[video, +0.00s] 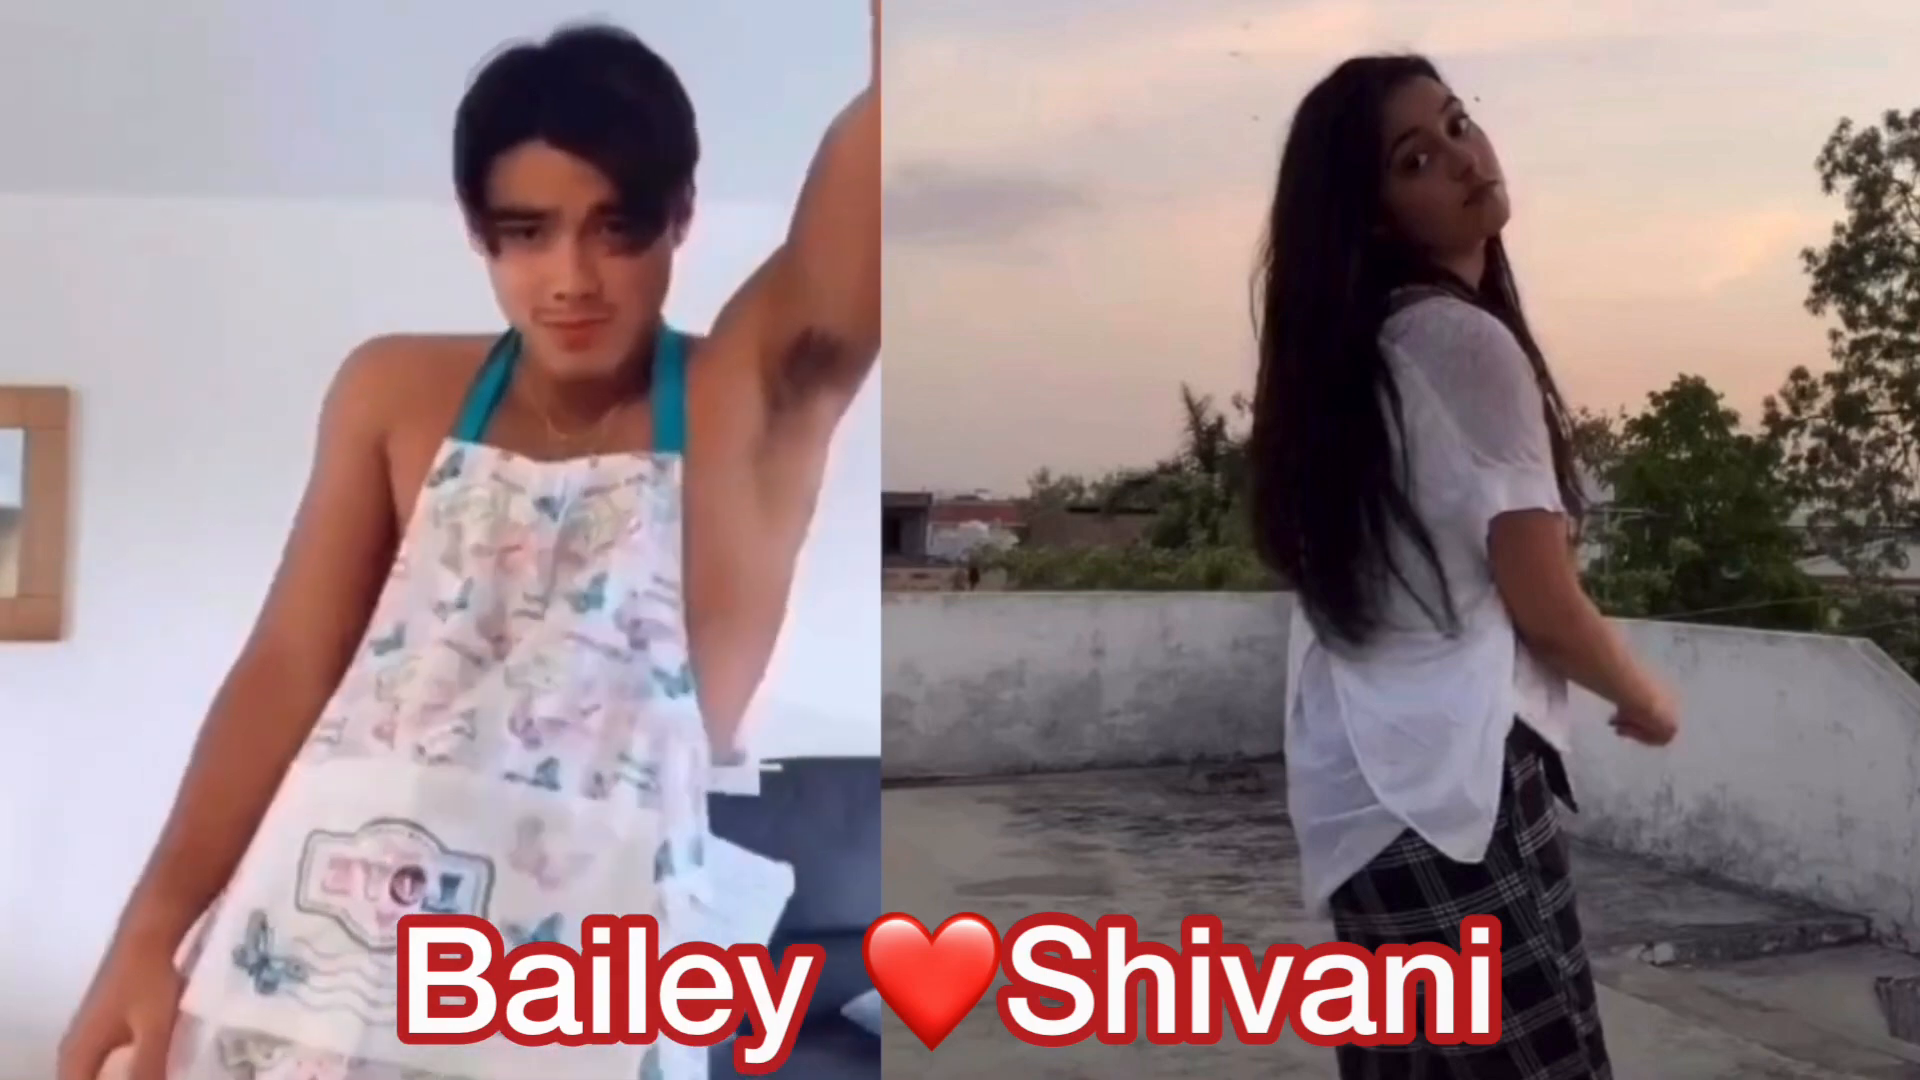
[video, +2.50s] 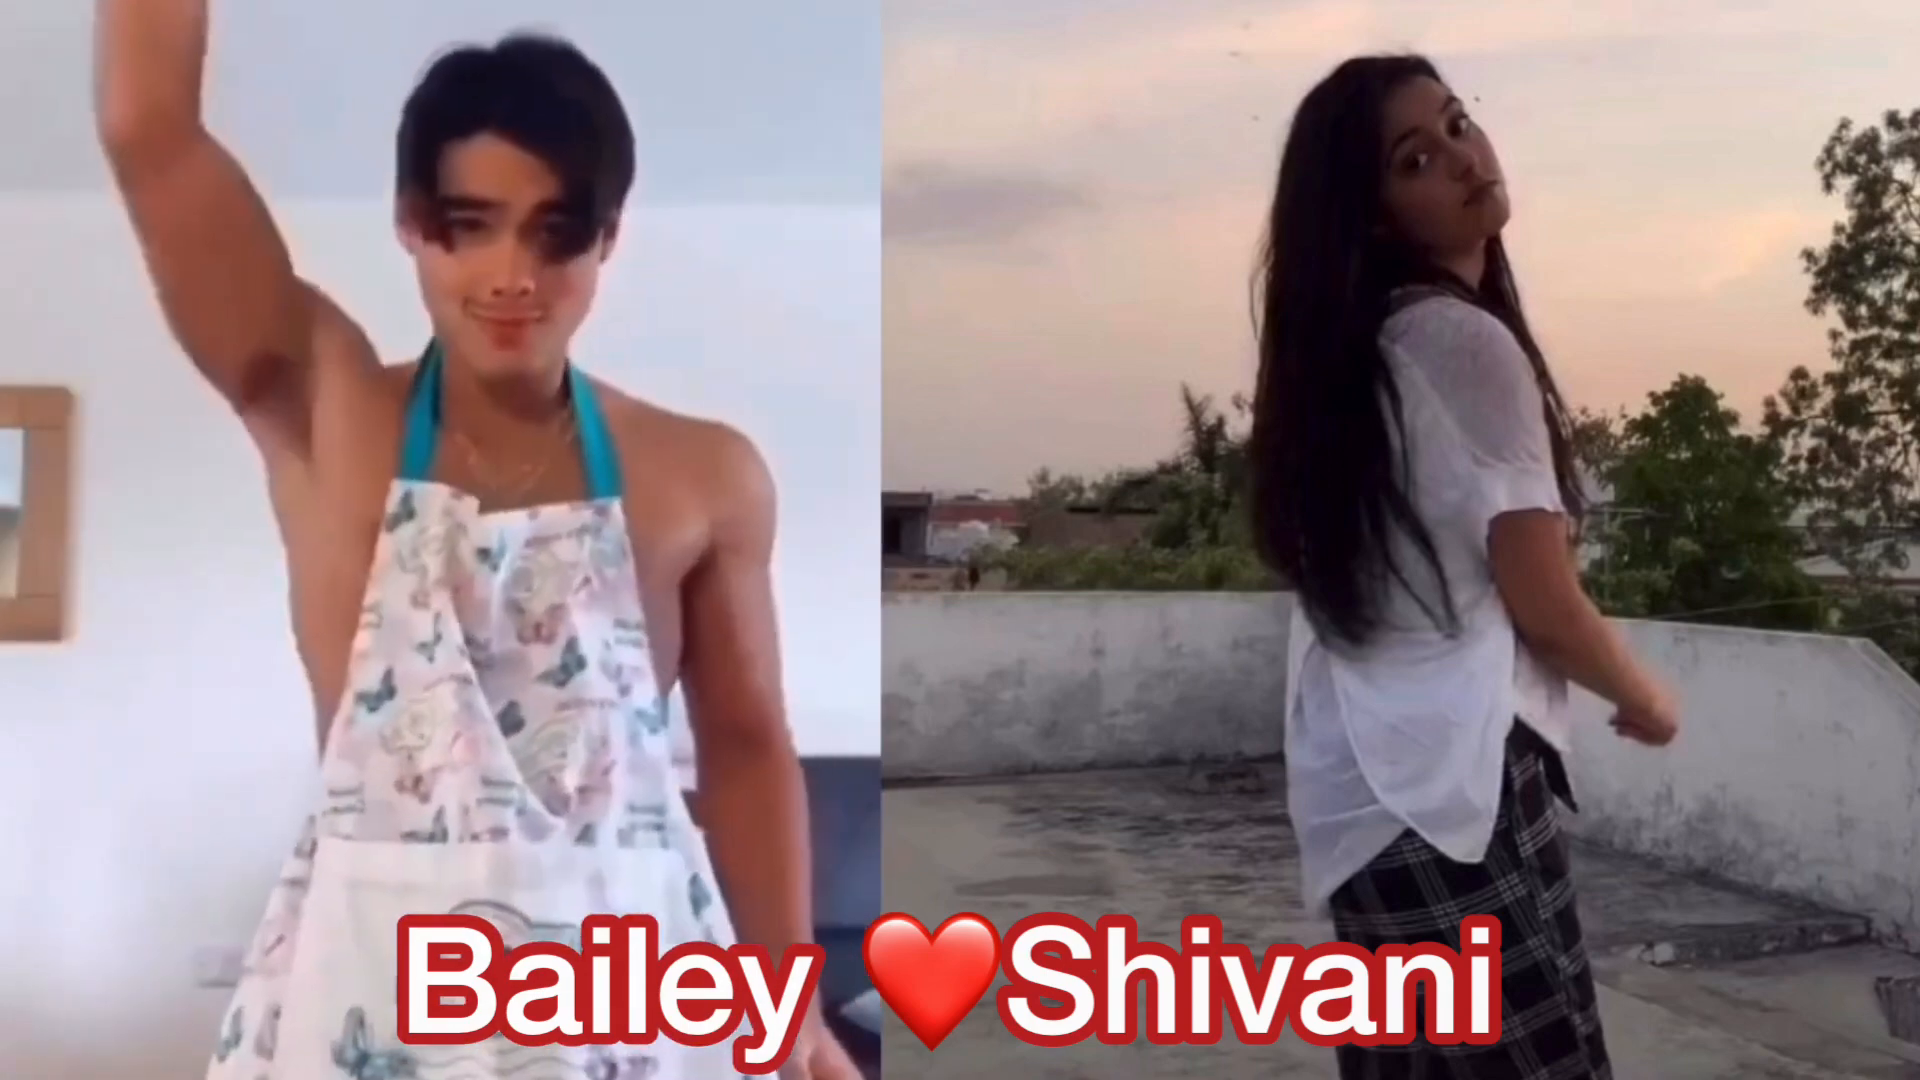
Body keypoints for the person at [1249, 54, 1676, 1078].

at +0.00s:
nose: (1466, 158)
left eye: (1459, 125)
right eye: (1417, 158)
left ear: (1480, 129)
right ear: (1370, 210)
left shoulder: (1352, 333)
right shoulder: (1465, 339)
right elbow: (1545, 602)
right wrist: (1643, 697)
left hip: (1361, 783)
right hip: (1453, 789)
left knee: (1396, 1056)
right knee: (1544, 1056)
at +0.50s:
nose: (1466, 158)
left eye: (1459, 125)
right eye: (1417, 158)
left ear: (1480, 129)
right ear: (1370, 210)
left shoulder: (1354, 333)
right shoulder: (1465, 339)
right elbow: (1546, 604)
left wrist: (1561, 666)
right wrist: (1642, 696)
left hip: (1362, 783)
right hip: (1452, 789)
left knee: (1397, 1056)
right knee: (1545, 1056)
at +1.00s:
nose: (1466, 158)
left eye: (1459, 125)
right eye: (1417, 158)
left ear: (1480, 129)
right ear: (1370, 210)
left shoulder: (1353, 333)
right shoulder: (1465, 339)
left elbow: (1392, 564)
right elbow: (1545, 602)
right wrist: (1643, 697)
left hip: (1362, 783)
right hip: (1452, 789)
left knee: (1397, 1056)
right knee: (1544, 1056)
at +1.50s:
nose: (1466, 157)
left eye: (1459, 125)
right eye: (1417, 158)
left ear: (1480, 128)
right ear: (1370, 211)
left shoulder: (1353, 333)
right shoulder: (1465, 339)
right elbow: (1546, 604)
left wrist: (1560, 666)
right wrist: (1643, 697)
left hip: (1361, 783)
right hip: (1452, 789)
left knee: (1397, 1056)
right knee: (1545, 1056)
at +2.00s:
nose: (1466, 157)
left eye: (1459, 125)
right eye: (1417, 158)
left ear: (1480, 128)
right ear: (1371, 211)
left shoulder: (1356, 333)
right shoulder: (1465, 339)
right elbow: (1547, 605)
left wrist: (1562, 666)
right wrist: (1643, 696)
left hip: (1363, 784)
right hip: (1452, 790)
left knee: (1398, 1057)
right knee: (1545, 1057)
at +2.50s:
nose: (1466, 157)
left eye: (1459, 125)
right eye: (1417, 158)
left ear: (1480, 128)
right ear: (1371, 211)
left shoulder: (1356, 333)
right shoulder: (1465, 339)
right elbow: (1547, 605)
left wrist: (1562, 666)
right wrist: (1643, 696)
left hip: (1363, 784)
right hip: (1452, 790)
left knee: (1398, 1057)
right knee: (1545, 1057)